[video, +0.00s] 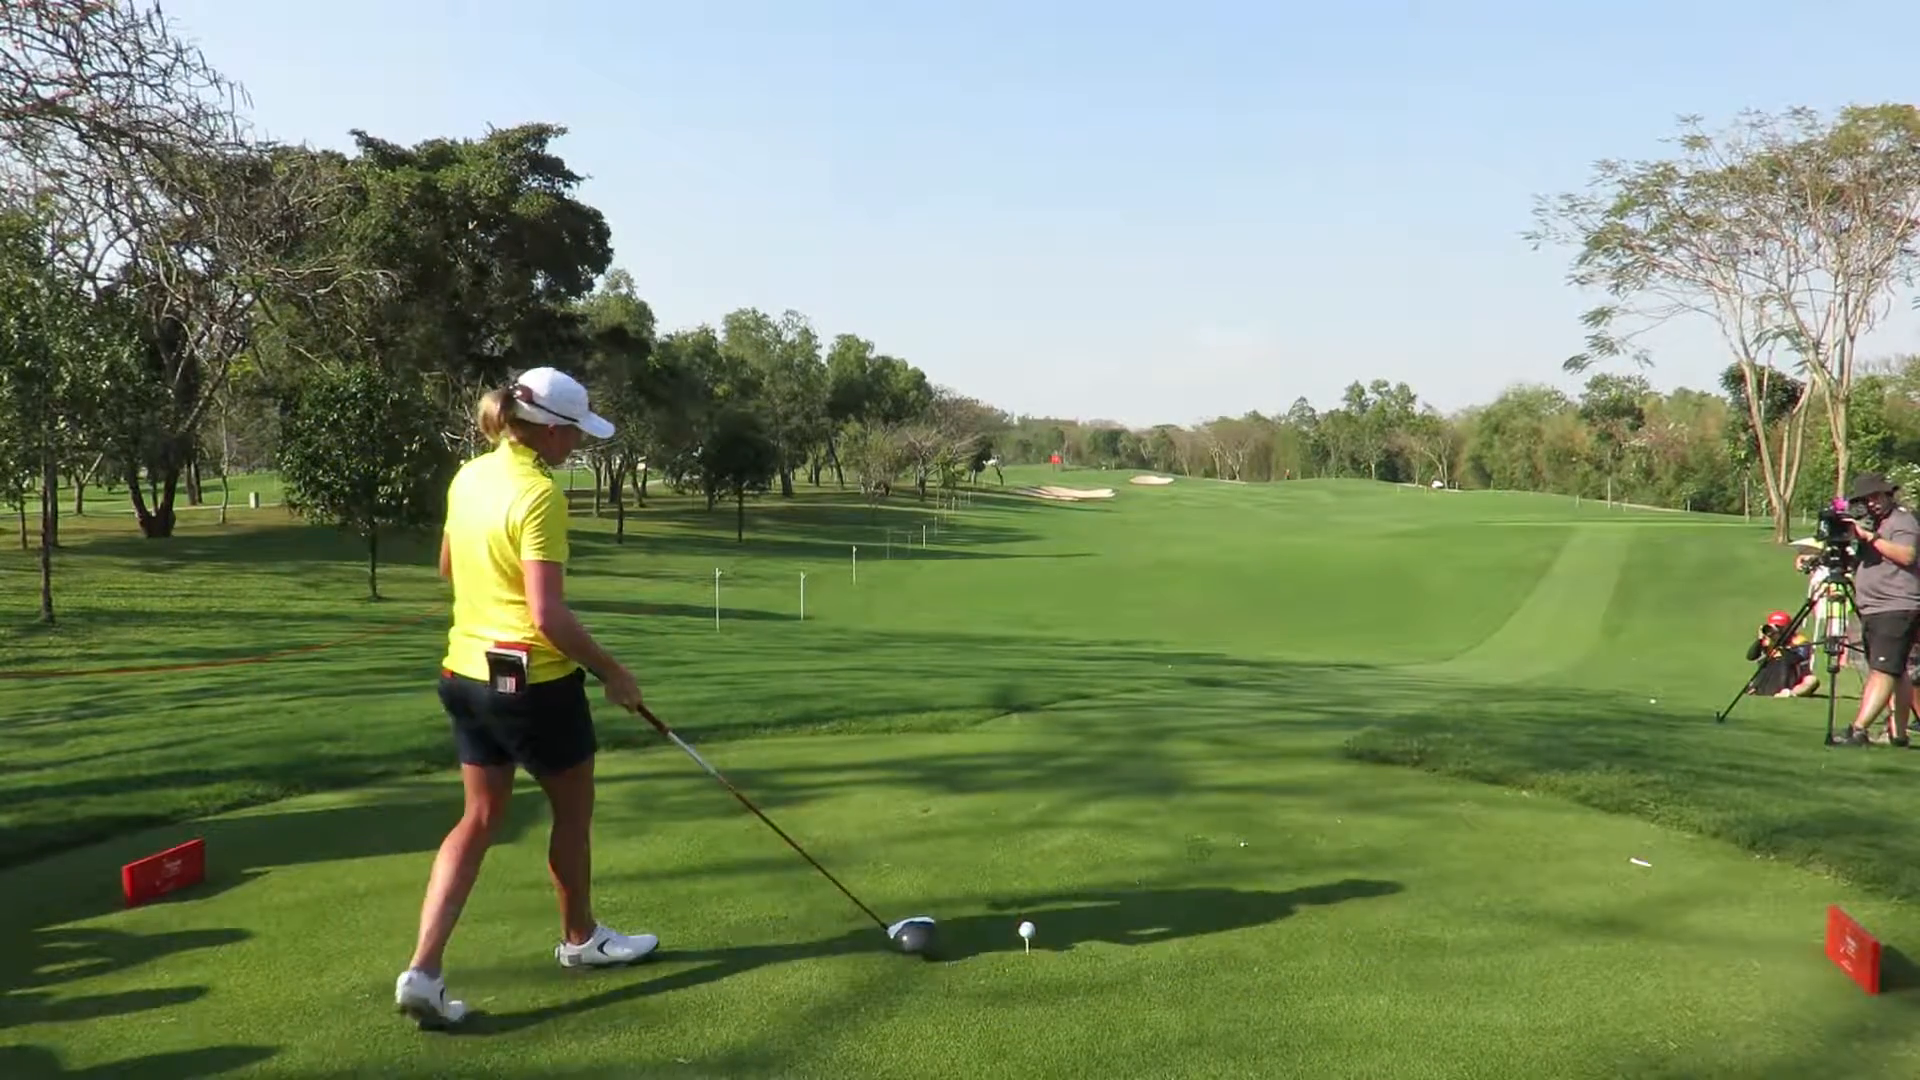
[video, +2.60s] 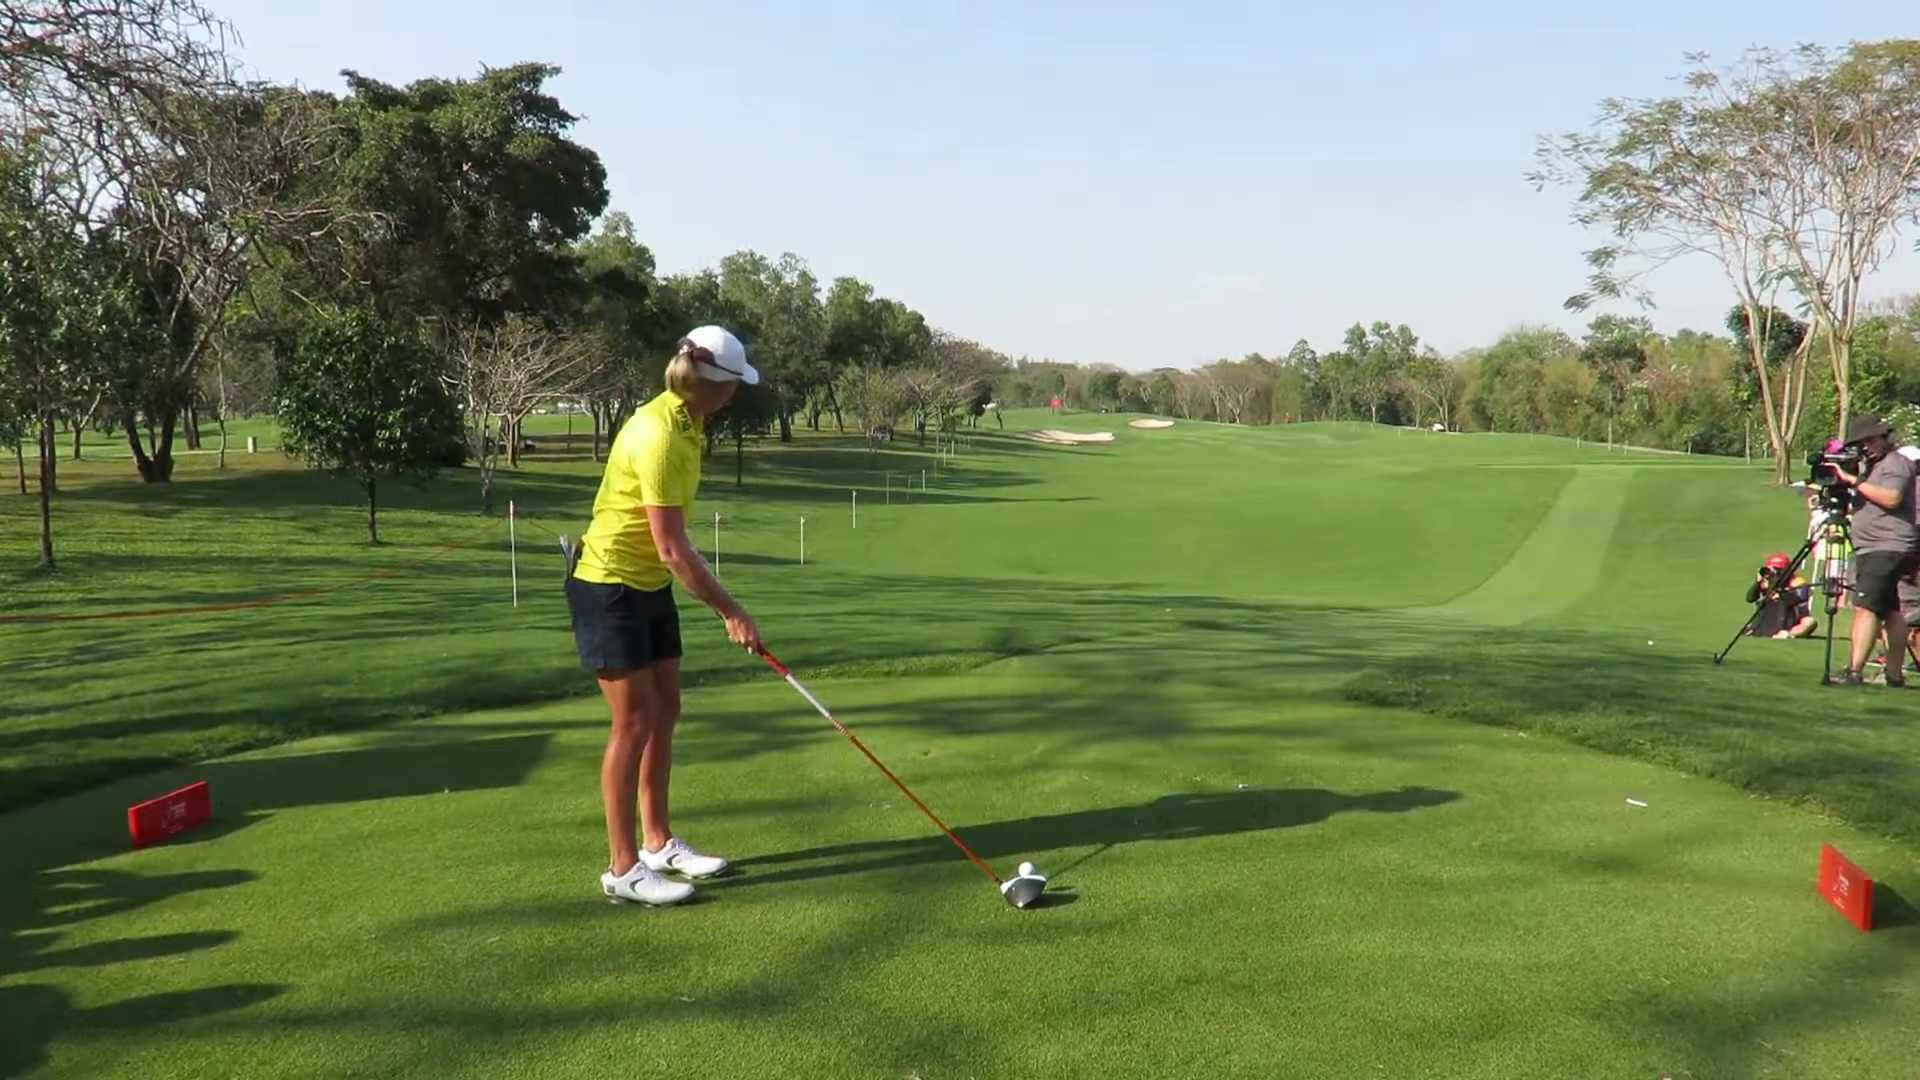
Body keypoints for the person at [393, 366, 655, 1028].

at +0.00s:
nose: (579, 443)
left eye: (580, 432)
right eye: (574, 432)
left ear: (523, 425)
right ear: (545, 429)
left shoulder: (470, 475)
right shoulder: (539, 493)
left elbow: (448, 566)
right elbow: (548, 615)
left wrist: (520, 585)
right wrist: (610, 668)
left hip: (466, 674)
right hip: (535, 681)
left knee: (480, 813)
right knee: (572, 806)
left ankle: (423, 972)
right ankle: (581, 935)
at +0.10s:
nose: (602, 443)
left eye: (603, 433)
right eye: (597, 432)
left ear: (552, 422)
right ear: (568, 426)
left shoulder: (497, 469)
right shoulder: (557, 488)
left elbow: (469, 559)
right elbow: (564, 609)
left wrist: (535, 579)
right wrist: (627, 665)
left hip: (493, 667)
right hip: (553, 672)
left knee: (528, 798)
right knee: (582, 800)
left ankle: (449, 913)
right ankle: (580, 937)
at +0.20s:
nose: (623, 442)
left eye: (624, 431)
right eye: (617, 430)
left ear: (575, 419)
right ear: (583, 422)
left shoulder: (524, 462)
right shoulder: (570, 481)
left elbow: (487, 548)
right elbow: (576, 603)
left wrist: (546, 588)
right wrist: (638, 658)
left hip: (514, 649)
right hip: (560, 656)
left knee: (568, 779)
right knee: (584, 791)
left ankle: (491, 898)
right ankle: (582, 934)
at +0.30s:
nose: (636, 443)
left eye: (639, 433)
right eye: (633, 432)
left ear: (598, 419)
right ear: (600, 422)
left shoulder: (551, 458)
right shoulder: (579, 481)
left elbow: (510, 541)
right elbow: (585, 600)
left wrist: (561, 583)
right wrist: (649, 655)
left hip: (546, 643)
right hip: (557, 652)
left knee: (615, 764)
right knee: (581, 792)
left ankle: (554, 893)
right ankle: (580, 937)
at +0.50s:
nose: (667, 446)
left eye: (669, 436)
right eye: (661, 435)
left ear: (632, 425)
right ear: (626, 425)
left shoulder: (613, 472)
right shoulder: (594, 482)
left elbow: (589, 569)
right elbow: (596, 594)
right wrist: (661, 649)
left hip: (603, 644)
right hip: (572, 647)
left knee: (629, 764)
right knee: (594, 787)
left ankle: (640, 894)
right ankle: (579, 933)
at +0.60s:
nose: (679, 446)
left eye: (682, 436)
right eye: (673, 434)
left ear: (648, 425)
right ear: (639, 423)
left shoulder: (631, 474)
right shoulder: (602, 479)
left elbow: (620, 576)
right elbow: (601, 591)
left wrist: (650, 632)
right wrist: (667, 645)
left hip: (622, 639)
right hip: (582, 642)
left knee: (638, 764)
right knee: (602, 783)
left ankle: (638, 893)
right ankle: (579, 932)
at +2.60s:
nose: (733, 395)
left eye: (735, 385)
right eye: (731, 385)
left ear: (696, 381)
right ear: (708, 385)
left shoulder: (687, 429)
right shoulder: (658, 436)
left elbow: (671, 531)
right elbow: (672, 549)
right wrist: (732, 611)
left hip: (652, 583)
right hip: (610, 585)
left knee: (664, 710)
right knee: (632, 721)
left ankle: (657, 843)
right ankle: (622, 868)